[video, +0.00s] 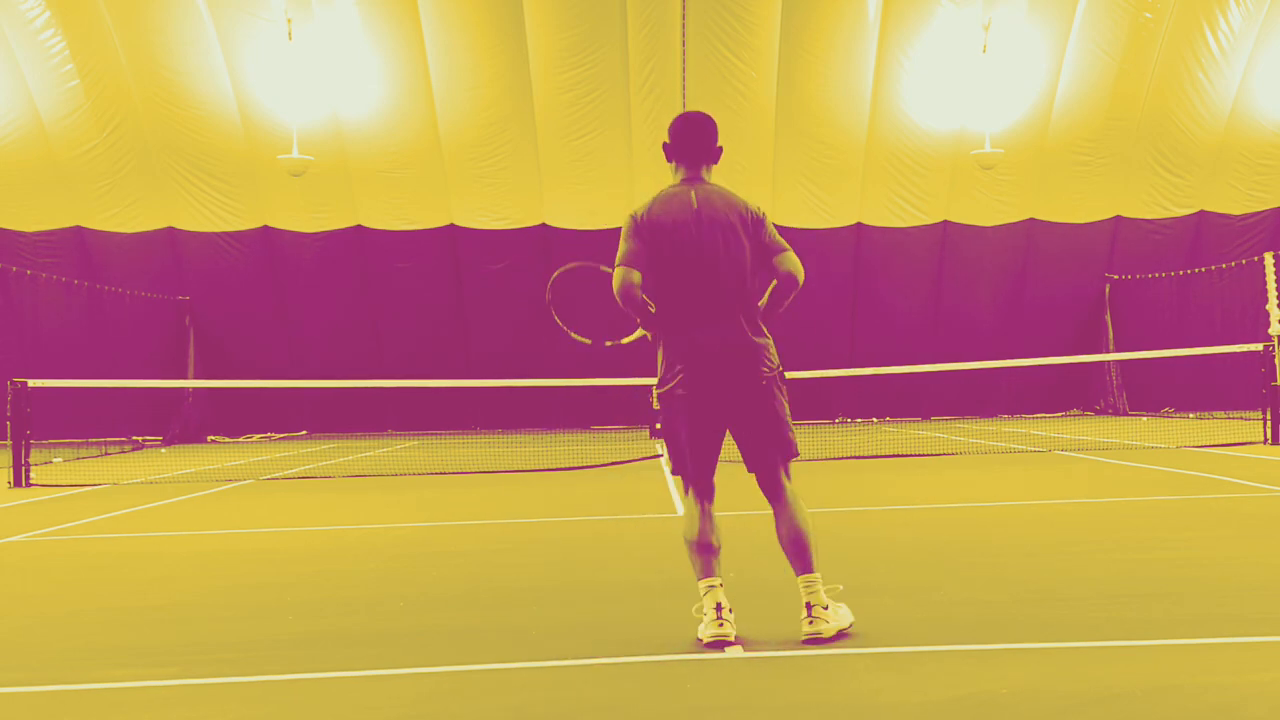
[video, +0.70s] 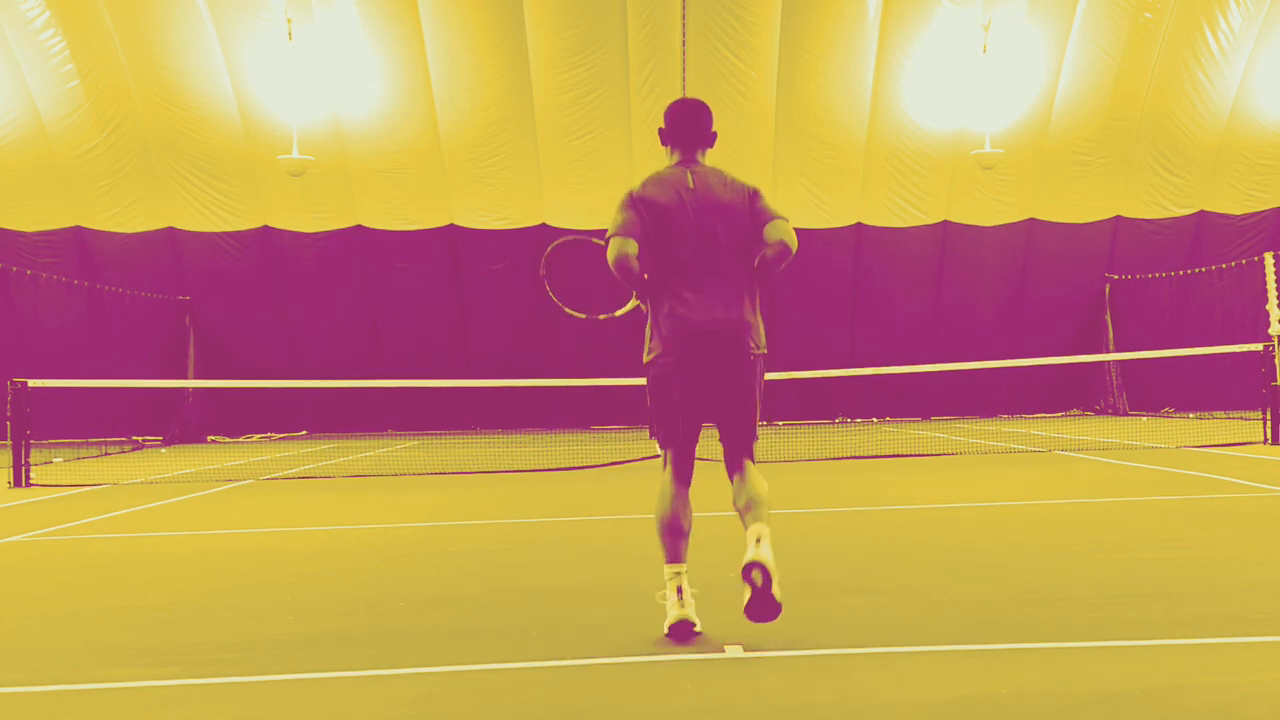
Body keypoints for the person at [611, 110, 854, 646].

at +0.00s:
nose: (702, 162)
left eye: (673, 154)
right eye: (712, 152)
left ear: (667, 155)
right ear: (717, 155)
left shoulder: (644, 216)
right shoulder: (744, 211)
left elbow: (624, 286)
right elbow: (792, 273)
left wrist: (655, 322)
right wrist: (759, 316)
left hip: (685, 371)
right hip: (750, 366)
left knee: (697, 493)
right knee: (779, 484)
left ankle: (715, 611)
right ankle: (816, 605)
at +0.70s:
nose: (678, 147)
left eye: (670, 137)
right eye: (699, 138)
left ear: (664, 141)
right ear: (713, 141)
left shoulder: (643, 195)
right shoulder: (744, 194)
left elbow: (620, 257)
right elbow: (783, 241)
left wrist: (650, 294)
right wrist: (744, 280)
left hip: (673, 347)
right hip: (737, 344)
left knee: (676, 472)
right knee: (741, 460)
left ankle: (679, 597)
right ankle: (759, 548)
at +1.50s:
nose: (700, 169)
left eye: (674, 160)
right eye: (706, 160)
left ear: (660, 161)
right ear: (710, 163)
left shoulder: (626, 219)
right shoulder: (734, 223)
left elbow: (610, 303)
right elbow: (762, 301)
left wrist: (624, 346)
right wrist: (722, 326)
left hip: (646, 367)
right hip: (715, 368)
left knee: (629, 482)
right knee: (719, 483)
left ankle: (609, 585)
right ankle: (734, 604)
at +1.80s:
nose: (642, 173)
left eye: (629, 165)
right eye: (644, 166)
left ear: (592, 167)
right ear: (644, 167)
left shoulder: (556, 227)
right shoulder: (655, 225)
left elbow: (552, 310)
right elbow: (679, 318)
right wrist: (661, 366)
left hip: (563, 383)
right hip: (634, 377)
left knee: (594, 511)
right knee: (678, 492)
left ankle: (548, 622)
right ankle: (704, 614)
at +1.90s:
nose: (626, 165)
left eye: (621, 155)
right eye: (627, 156)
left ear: (575, 158)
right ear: (625, 158)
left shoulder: (541, 213)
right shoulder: (628, 214)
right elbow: (657, 309)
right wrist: (653, 345)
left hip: (526, 368)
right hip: (589, 363)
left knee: (582, 504)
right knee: (647, 488)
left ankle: (543, 637)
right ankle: (630, 620)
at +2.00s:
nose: (614, 134)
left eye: (607, 125)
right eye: (616, 125)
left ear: (564, 124)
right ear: (616, 126)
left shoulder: (531, 177)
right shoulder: (610, 182)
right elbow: (654, 276)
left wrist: (654, 281)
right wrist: (681, 302)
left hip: (486, 324)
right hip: (549, 324)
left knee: (536, 479)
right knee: (602, 471)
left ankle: (531, 619)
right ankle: (561, 603)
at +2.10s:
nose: (603, 124)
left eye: (596, 114)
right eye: (605, 114)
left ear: (551, 113)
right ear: (606, 115)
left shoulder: (517, 159)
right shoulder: (603, 170)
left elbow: (543, 228)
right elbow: (675, 244)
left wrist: (612, 225)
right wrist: (709, 242)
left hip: (449, 319)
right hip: (514, 320)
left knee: (494, 471)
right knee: (562, 473)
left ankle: (460, 615)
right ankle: (525, 609)